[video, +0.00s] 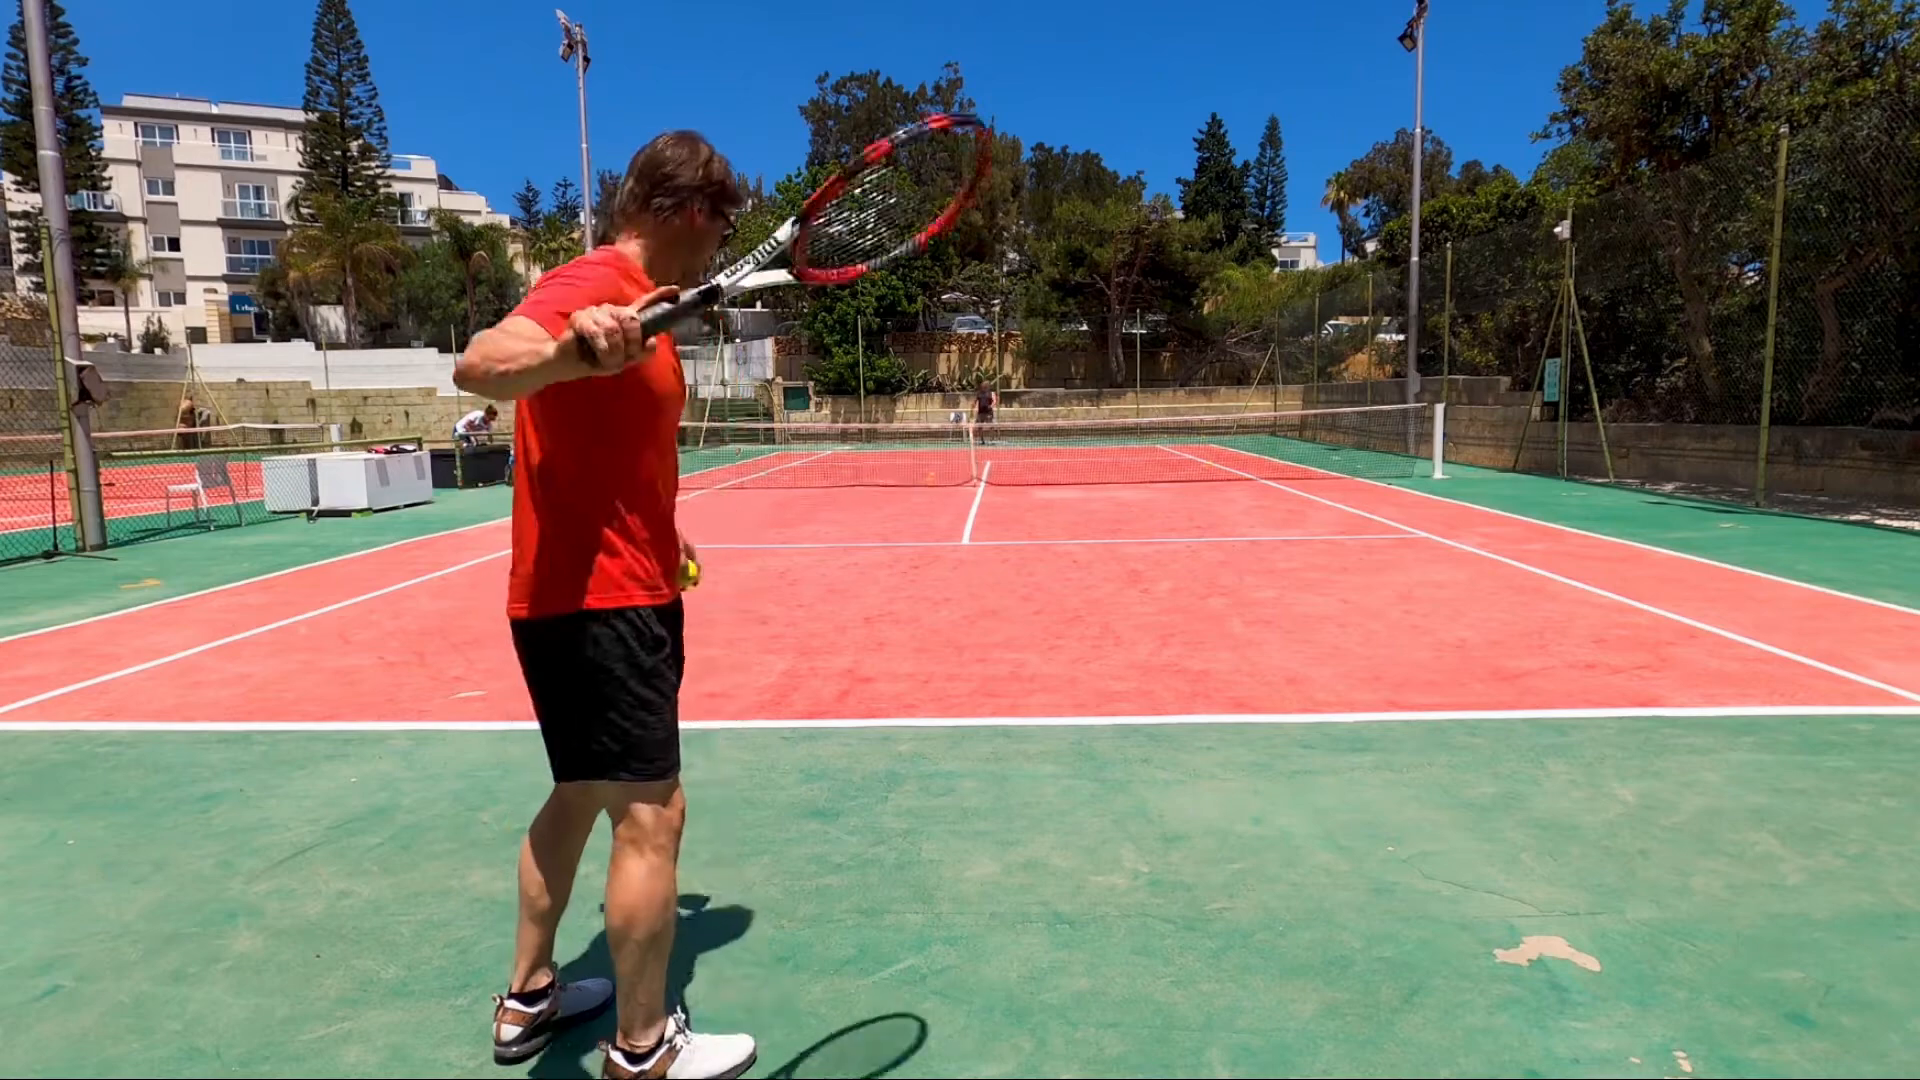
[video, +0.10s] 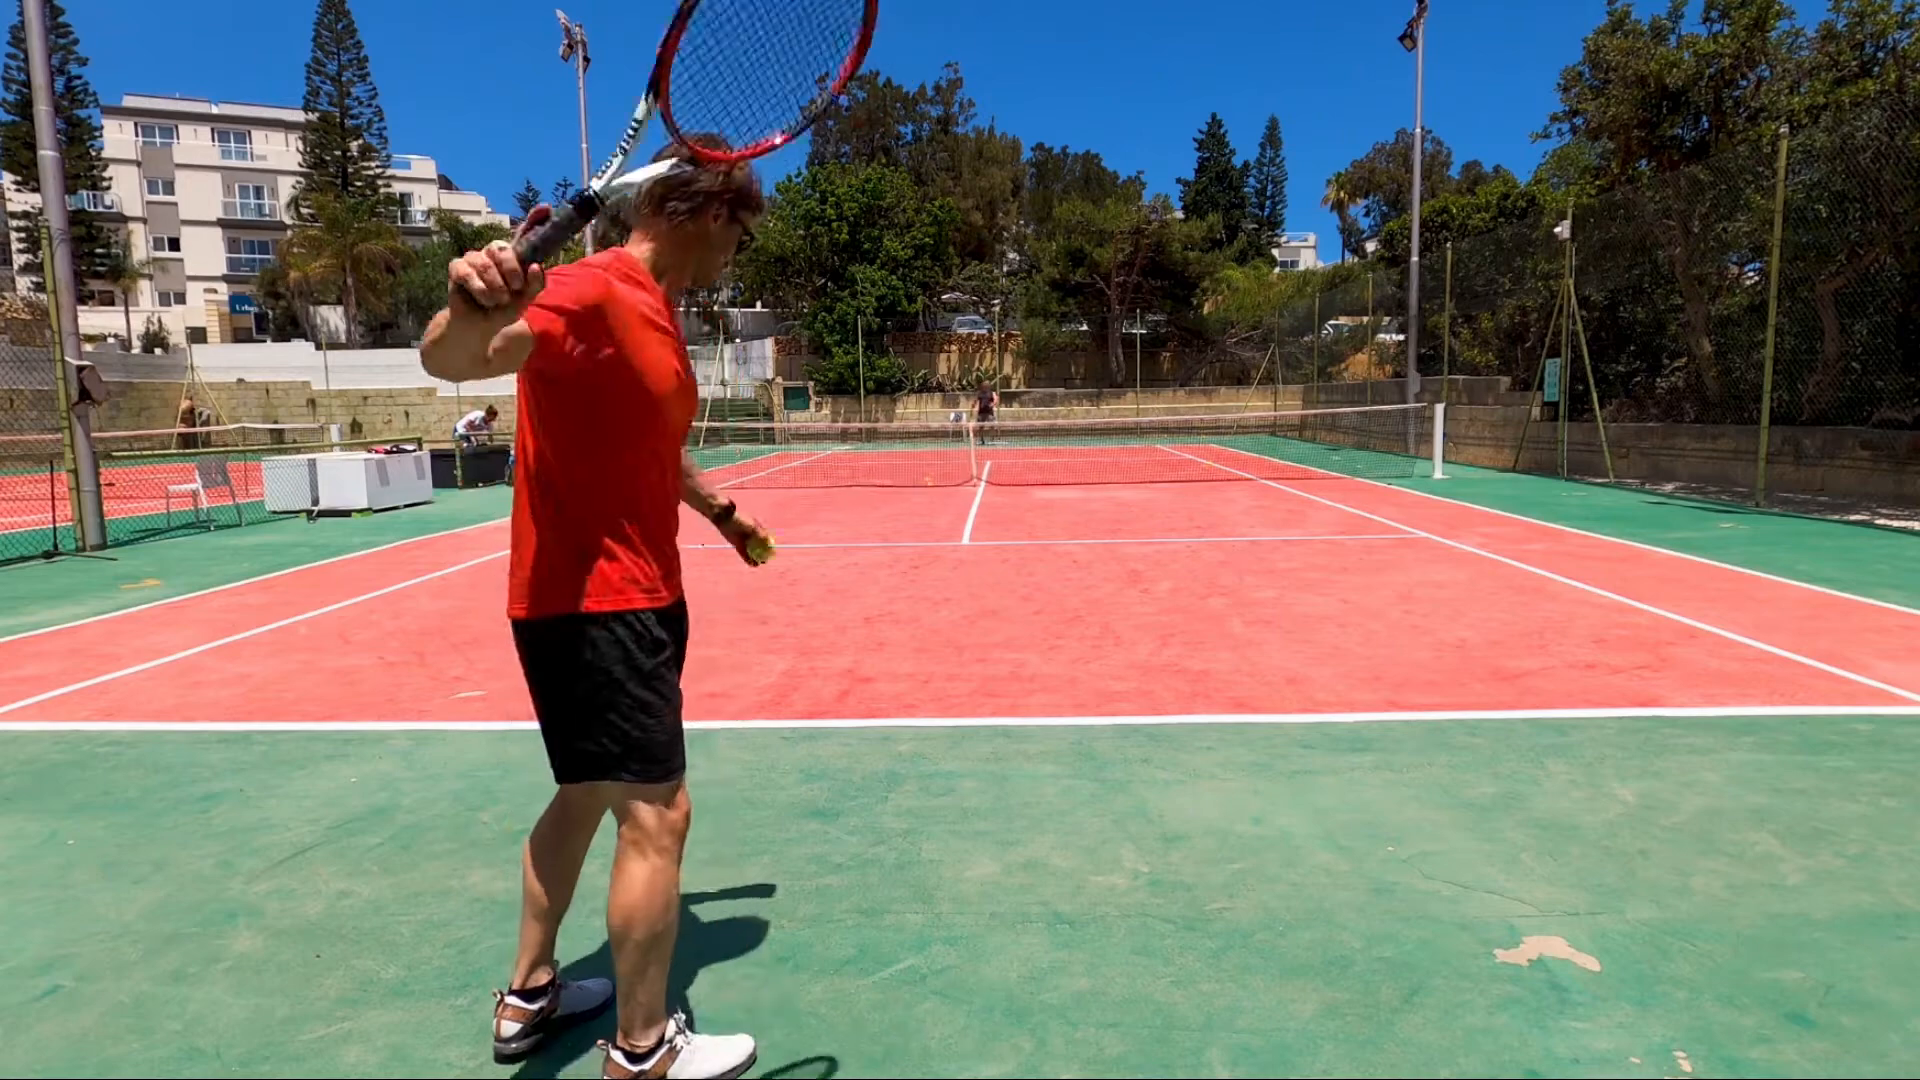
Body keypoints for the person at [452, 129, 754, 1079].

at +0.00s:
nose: (716, 254)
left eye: (720, 235)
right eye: (714, 232)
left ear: (657, 213)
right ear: (675, 216)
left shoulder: (643, 303)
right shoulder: (596, 284)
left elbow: (614, 447)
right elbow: (476, 366)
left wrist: (665, 540)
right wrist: (571, 351)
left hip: (588, 592)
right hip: (603, 596)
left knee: (579, 788)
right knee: (652, 817)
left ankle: (529, 990)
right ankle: (642, 1042)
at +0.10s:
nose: (732, 260)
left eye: (739, 241)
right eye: (733, 237)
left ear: (683, 218)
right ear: (690, 216)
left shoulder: (647, 304)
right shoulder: (589, 289)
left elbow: (640, 439)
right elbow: (451, 358)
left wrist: (717, 507)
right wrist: (470, 298)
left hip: (614, 587)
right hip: (595, 594)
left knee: (584, 788)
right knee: (656, 816)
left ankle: (529, 988)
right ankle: (644, 1041)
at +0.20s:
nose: (753, 262)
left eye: (758, 244)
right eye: (754, 240)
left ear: (696, 219)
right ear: (717, 224)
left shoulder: (672, 317)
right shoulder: (600, 300)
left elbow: (672, 425)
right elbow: (462, 377)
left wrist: (759, 479)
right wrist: (425, 341)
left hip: (617, 595)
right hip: (595, 601)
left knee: (584, 788)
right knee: (659, 816)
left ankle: (528, 988)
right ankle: (643, 1042)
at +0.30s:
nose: (774, 272)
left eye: (780, 254)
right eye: (775, 250)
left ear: (718, 231)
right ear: (734, 236)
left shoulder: (683, 317)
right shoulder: (625, 320)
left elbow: (672, 419)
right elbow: (534, 419)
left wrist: (759, 461)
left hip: (605, 601)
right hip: (598, 611)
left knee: (588, 782)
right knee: (662, 817)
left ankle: (527, 987)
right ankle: (641, 1043)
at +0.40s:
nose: (788, 286)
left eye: (796, 268)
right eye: (791, 264)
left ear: (723, 235)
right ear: (753, 245)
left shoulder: (660, 306)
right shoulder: (654, 361)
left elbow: (653, 429)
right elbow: (613, 534)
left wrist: (731, 467)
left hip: (574, 600)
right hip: (599, 617)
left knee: (577, 787)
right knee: (668, 820)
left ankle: (524, 981)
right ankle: (645, 1044)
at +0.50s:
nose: (796, 284)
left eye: (803, 266)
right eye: (798, 262)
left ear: (719, 231)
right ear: (761, 247)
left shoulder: (625, 298)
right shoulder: (703, 400)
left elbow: (600, 431)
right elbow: (705, 571)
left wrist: (705, 478)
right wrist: (810, 638)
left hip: (542, 590)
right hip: (609, 619)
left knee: (583, 776)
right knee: (676, 819)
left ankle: (526, 971)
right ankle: (644, 1044)